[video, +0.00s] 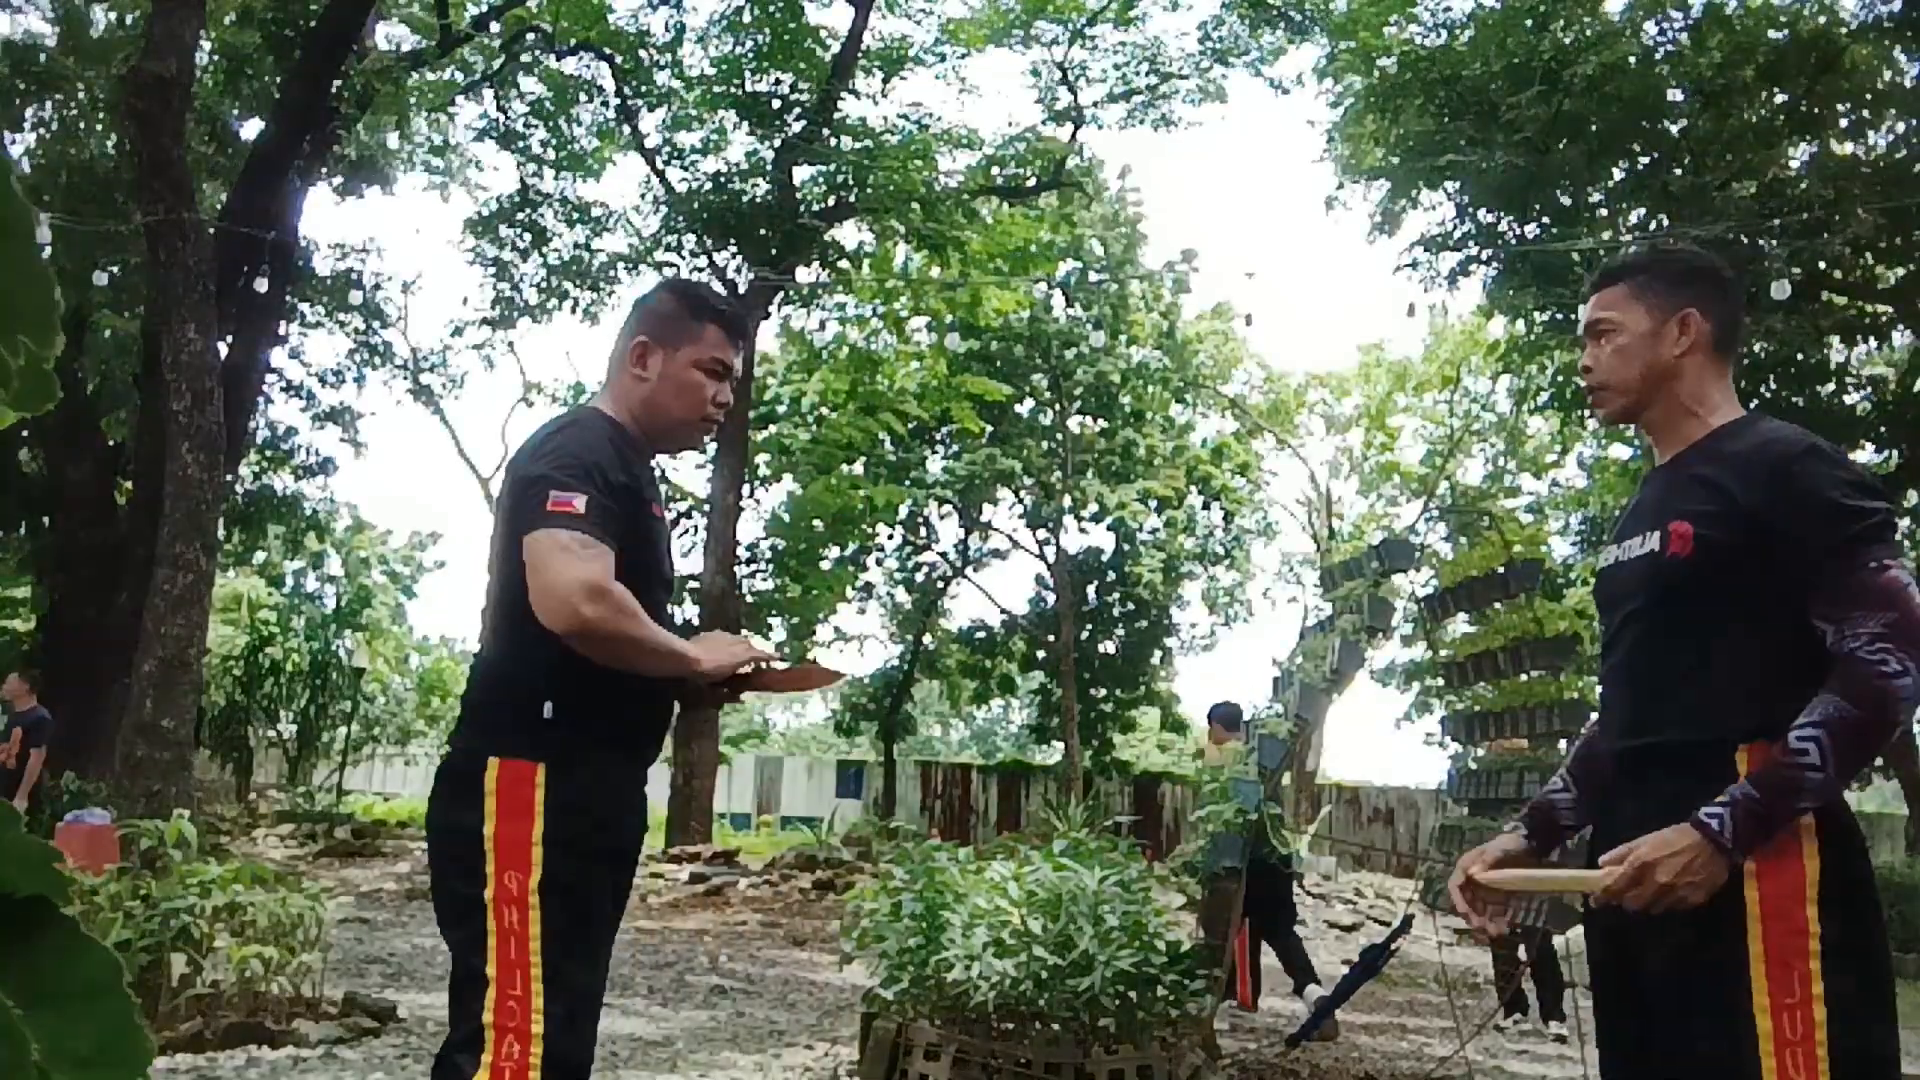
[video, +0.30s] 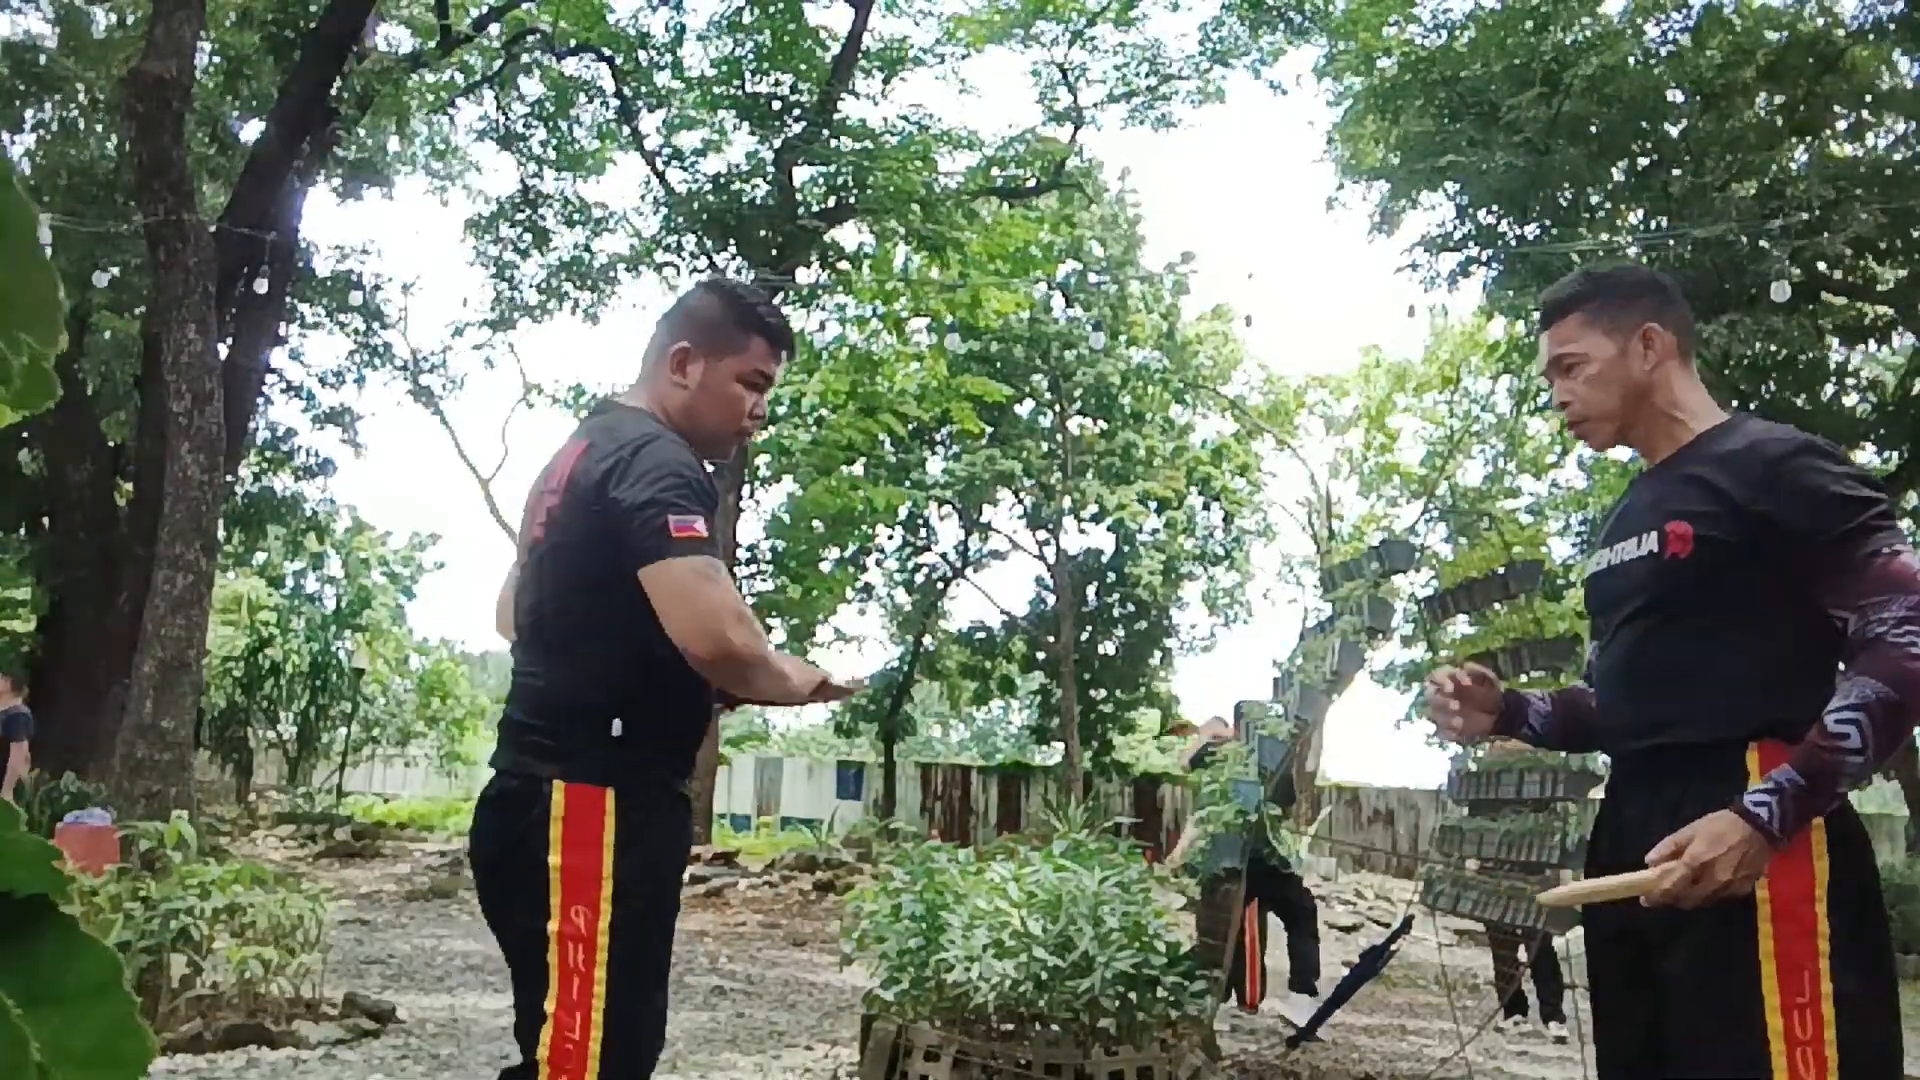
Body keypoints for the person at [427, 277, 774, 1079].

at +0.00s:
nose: (726, 399)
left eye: (731, 382)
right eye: (713, 372)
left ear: (650, 365)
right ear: (644, 358)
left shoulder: (625, 472)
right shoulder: (581, 446)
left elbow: (612, 633)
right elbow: (572, 600)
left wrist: (710, 671)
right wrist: (691, 656)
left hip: (581, 788)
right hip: (529, 786)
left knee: (552, 1046)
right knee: (516, 1050)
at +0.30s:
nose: (758, 409)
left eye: (765, 392)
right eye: (751, 383)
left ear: (684, 368)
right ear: (685, 364)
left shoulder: (593, 448)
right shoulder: (654, 458)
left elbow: (516, 614)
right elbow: (720, 641)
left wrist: (690, 667)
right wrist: (792, 680)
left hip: (570, 797)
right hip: (592, 806)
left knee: (585, 1051)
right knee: (589, 1059)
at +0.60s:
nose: (936, 434)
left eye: (942, 415)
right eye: (926, 405)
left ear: (854, 390)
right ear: (851, 383)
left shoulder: (832, 500)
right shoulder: (760, 487)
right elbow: (862, 674)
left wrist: (864, 703)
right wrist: (942, 637)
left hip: (801, 845)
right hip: (677, 847)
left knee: (910, 1068)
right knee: (611, 1070)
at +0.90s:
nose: (1108, 502)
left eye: (1118, 479)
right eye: (1087, 473)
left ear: (1120, 482)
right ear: (1002, 461)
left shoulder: (1106, 587)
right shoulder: (880, 555)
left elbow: (1283, 610)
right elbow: (848, 738)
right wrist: (1029, 721)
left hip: (956, 900)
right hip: (790, 890)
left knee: (1053, 1067)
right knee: (663, 1070)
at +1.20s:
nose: (1033, 466)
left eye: (1044, 441)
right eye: (1007, 437)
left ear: (1053, 443)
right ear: (926, 428)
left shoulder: (1042, 523)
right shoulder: (829, 565)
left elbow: (1166, 473)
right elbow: (836, 749)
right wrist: (1014, 687)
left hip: (992, 904)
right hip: (823, 903)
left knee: (1071, 1064)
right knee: (696, 1065)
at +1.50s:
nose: (936, 495)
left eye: (960, 468)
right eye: (907, 465)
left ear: (983, 458)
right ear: (848, 453)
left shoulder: (1008, 586)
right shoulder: (774, 560)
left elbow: (1128, 733)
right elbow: (691, 721)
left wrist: (1253, 887)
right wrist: (804, 735)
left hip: (927, 896)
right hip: (766, 879)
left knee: (982, 1067)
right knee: (647, 1062)